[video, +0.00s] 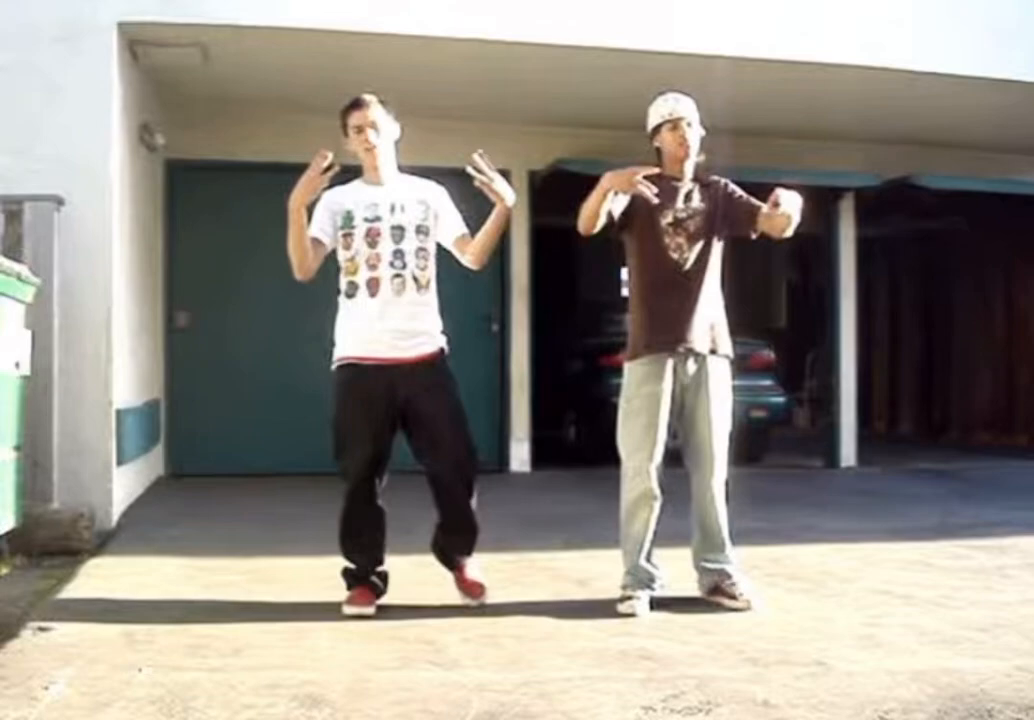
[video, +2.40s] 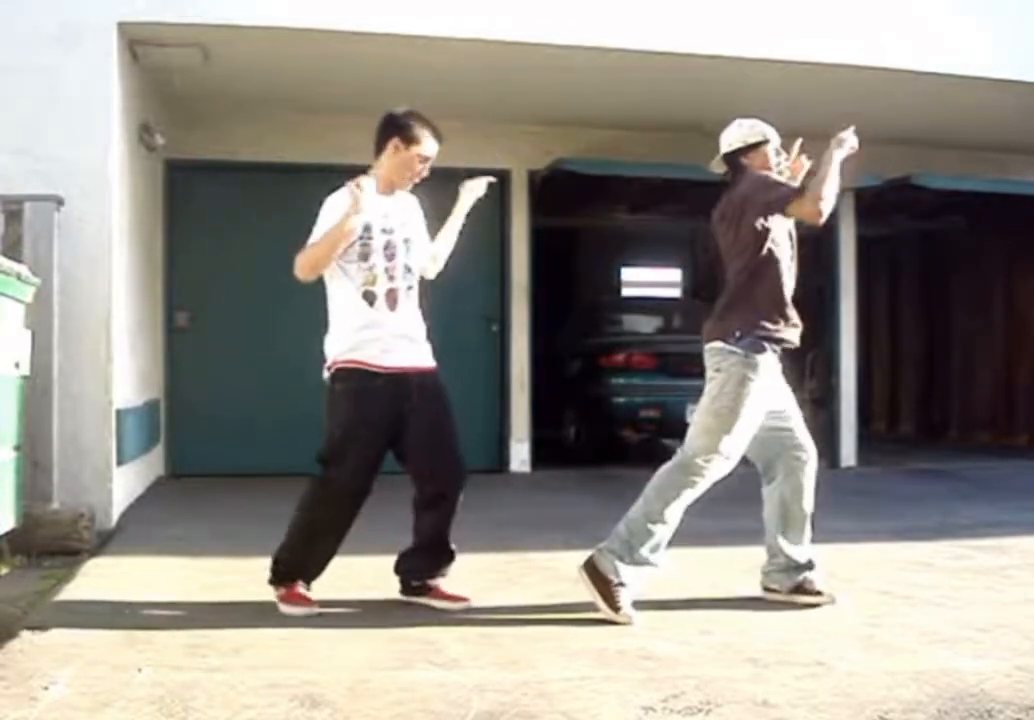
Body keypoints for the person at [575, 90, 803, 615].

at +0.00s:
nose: (681, 134)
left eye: (687, 125)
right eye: (670, 127)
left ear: (700, 133)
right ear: (655, 138)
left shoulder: (718, 192)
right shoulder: (637, 192)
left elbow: (775, 227)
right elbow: (588, 226)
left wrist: (788, 204)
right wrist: (606, 186)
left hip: (708, 347)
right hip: (649, 349)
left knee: (710, 465)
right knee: (640, 468)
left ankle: (717, 572)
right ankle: (638, 580)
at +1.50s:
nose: (700, 136)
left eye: (709, 128)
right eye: (692, 127)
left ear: (724, 137)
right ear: (678, 134)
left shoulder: (736, 195)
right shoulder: (650, 189)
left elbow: (777, 238)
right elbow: (602, 239)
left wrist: (810, 251)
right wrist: (614, 257)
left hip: (722, 346)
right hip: (662, 344)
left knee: (719, 467)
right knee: (651, 467)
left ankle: (717, 572)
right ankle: (638, 580)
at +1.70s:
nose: (717, 165)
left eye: (722, 157)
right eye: (706, 156)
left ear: (727, 164)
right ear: (681, 163)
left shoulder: (743, 224)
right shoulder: (645, 219)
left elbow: (749, 283)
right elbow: (600, 272)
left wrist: (734, 323)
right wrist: (631, 303)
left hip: (712, 362)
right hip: (657, 364)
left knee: (741, 472)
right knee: (648, 470)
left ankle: (724, 572)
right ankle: (604, 585)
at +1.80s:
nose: (736, 181)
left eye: (735, 173)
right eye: (724, 174)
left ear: (730, 183)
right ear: (691, 183)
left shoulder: (733, 237)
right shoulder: (662, 242)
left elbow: (722, 297)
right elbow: (630, 310)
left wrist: (751, 340)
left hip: (712, 377)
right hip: (663, 379)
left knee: (745, 479)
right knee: (658, 482)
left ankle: (723, 573)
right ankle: (605, 585)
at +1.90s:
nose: (741, 158)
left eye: (738, 149)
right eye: (731, 150)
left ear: (705, 159)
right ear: (705, 158)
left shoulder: (711, 205)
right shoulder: (702, 197)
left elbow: (724, 270)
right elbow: (701, 252)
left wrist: (782, 250)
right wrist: (769, 244)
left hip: (713, 360)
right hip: (682, 364)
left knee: (783, 449)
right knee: (675, 478)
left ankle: (741, 559)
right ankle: (607, 584)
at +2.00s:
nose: (744, 141)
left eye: (740, 134)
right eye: (736, 133)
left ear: (702, 141)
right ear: (715, 136)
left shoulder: (705, 184)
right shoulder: (714, 163)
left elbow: (753, 209)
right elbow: (772, 173)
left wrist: (807, 173)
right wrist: (818, 161)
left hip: (723, 344)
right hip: (703, 343)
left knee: (776, 446)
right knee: (669, 458)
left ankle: (786, 565)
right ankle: (607, 575)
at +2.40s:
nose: (778, 157)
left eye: (776, 151)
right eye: (771, 150)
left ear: (737, 161)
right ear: (750, 156)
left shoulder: (733, 202)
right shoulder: (753, 188)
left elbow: (766, 225)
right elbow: (814, 208)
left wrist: (788, 183)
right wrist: (837, 154)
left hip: (753, 351)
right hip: (745, 349)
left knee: (795, 456)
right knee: (703, 460)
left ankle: (787, 572)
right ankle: (614, 562)